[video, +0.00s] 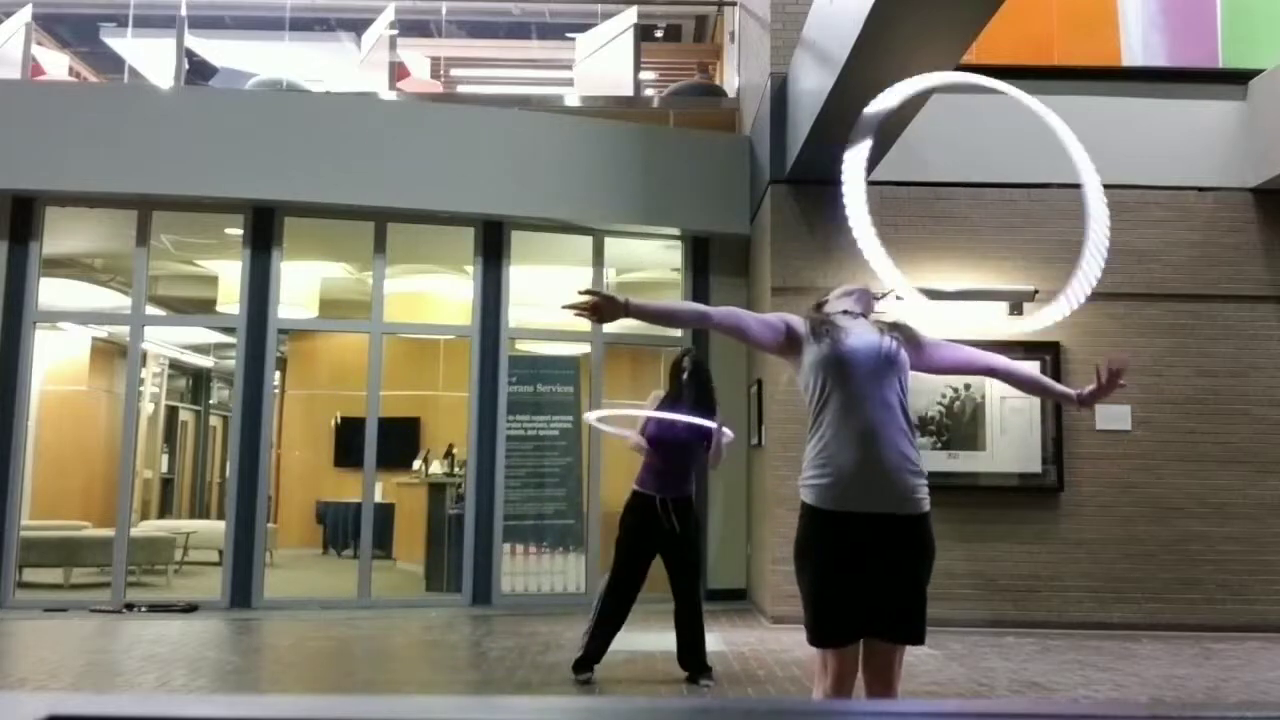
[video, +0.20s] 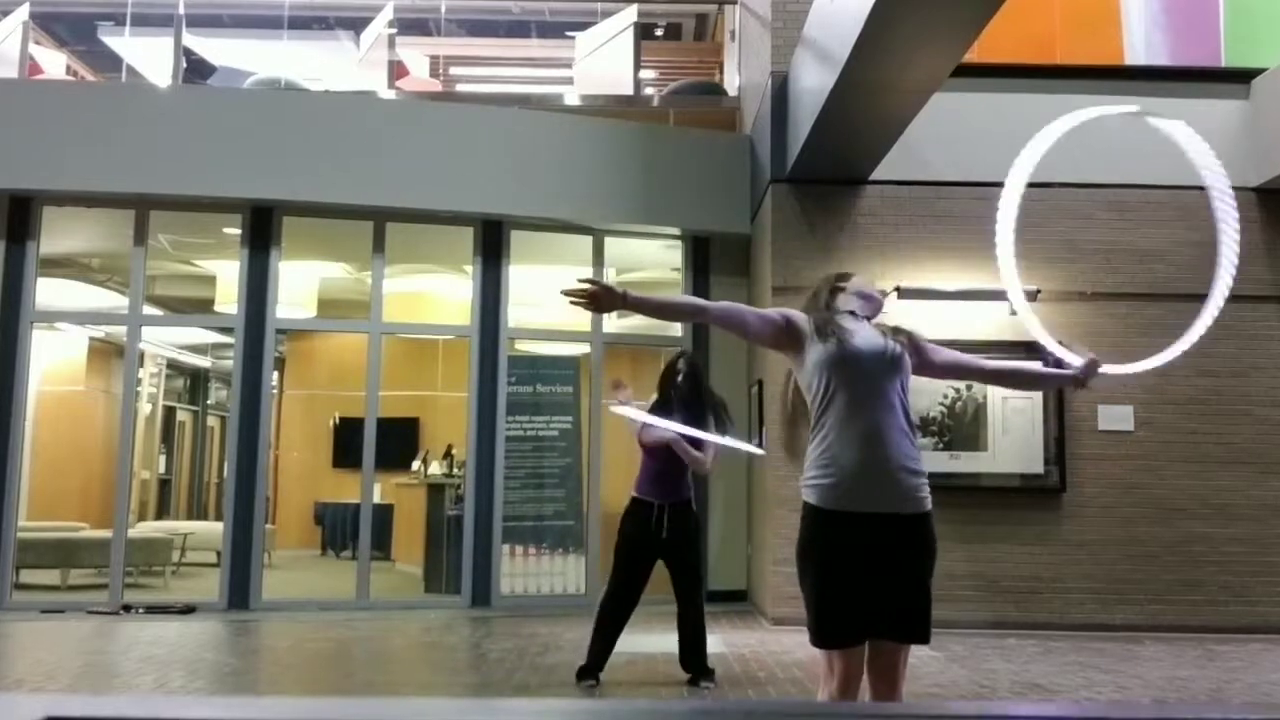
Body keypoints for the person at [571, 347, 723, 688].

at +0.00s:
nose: (687, 379)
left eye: (693, 373)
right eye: (683, 372)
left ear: (703, 379)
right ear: (674, 375)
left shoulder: (706, 414)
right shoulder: (659, 402)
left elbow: (713, 462)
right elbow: (639, 442)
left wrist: (719, 440)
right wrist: (638, 444)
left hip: (680, 506)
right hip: (644, 503)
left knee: (688, 592)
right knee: (622, 586)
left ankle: (696, 668)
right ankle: (586, 662)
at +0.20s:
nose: (679, 383)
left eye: (687, 377)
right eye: (674, 375)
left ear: (697, 382)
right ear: (666, 379)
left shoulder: (706, 416)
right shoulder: (654, 410)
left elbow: (706, 466)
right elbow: (644, 437)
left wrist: (676, 440)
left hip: (681, 513)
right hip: (642, 510)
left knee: (690, 596)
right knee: (621, 593)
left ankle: (698, 671)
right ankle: (591, 671)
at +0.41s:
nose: (665, 392)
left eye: (672, 386)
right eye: (660, 384)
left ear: (681, 392)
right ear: (649, 388)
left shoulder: (683, 429)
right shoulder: (633, 420)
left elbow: (669, 465)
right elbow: (607, 456)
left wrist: (648, 425)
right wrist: (598, 427)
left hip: (668, 520)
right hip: (630, 520)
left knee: (684, 597)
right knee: (619, 596)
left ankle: (698, 669)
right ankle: (595, 667)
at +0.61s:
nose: (647, 393)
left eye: (653, 388)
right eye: (642, 386)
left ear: (660, 393)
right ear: (631, 387)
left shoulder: (661, 428)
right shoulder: (607, 416)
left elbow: (667, 471)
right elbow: (596, 461)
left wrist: (635, 437)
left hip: (638, 517)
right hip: (604, 517)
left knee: (661, 595)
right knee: (607, 600)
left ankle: (694, 669)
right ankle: (591, 670)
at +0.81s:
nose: (639, 382)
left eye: (643, 376)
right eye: (634, 374)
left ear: (647, 378)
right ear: (621, 374)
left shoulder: (638, 408)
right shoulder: (600, 397)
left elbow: (625, 454)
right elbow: (588, 441)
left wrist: (656, 467)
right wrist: (624, 469)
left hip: (625, 508)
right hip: (597, 507)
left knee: (641, 587)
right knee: (598, 589)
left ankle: (659, 666)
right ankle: (585, 670)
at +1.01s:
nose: (636, 383)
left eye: (640, 377)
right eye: (632, 376)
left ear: (642, 380)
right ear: (619, 375)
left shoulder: (630, 409)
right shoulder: (597, 401)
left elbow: (617, 461)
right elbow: (590, 448)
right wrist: (632, 445)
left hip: (624, 507)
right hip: (595, 510)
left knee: (645, 588)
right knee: (597, 590)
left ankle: (668, 666)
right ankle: (578, 669)